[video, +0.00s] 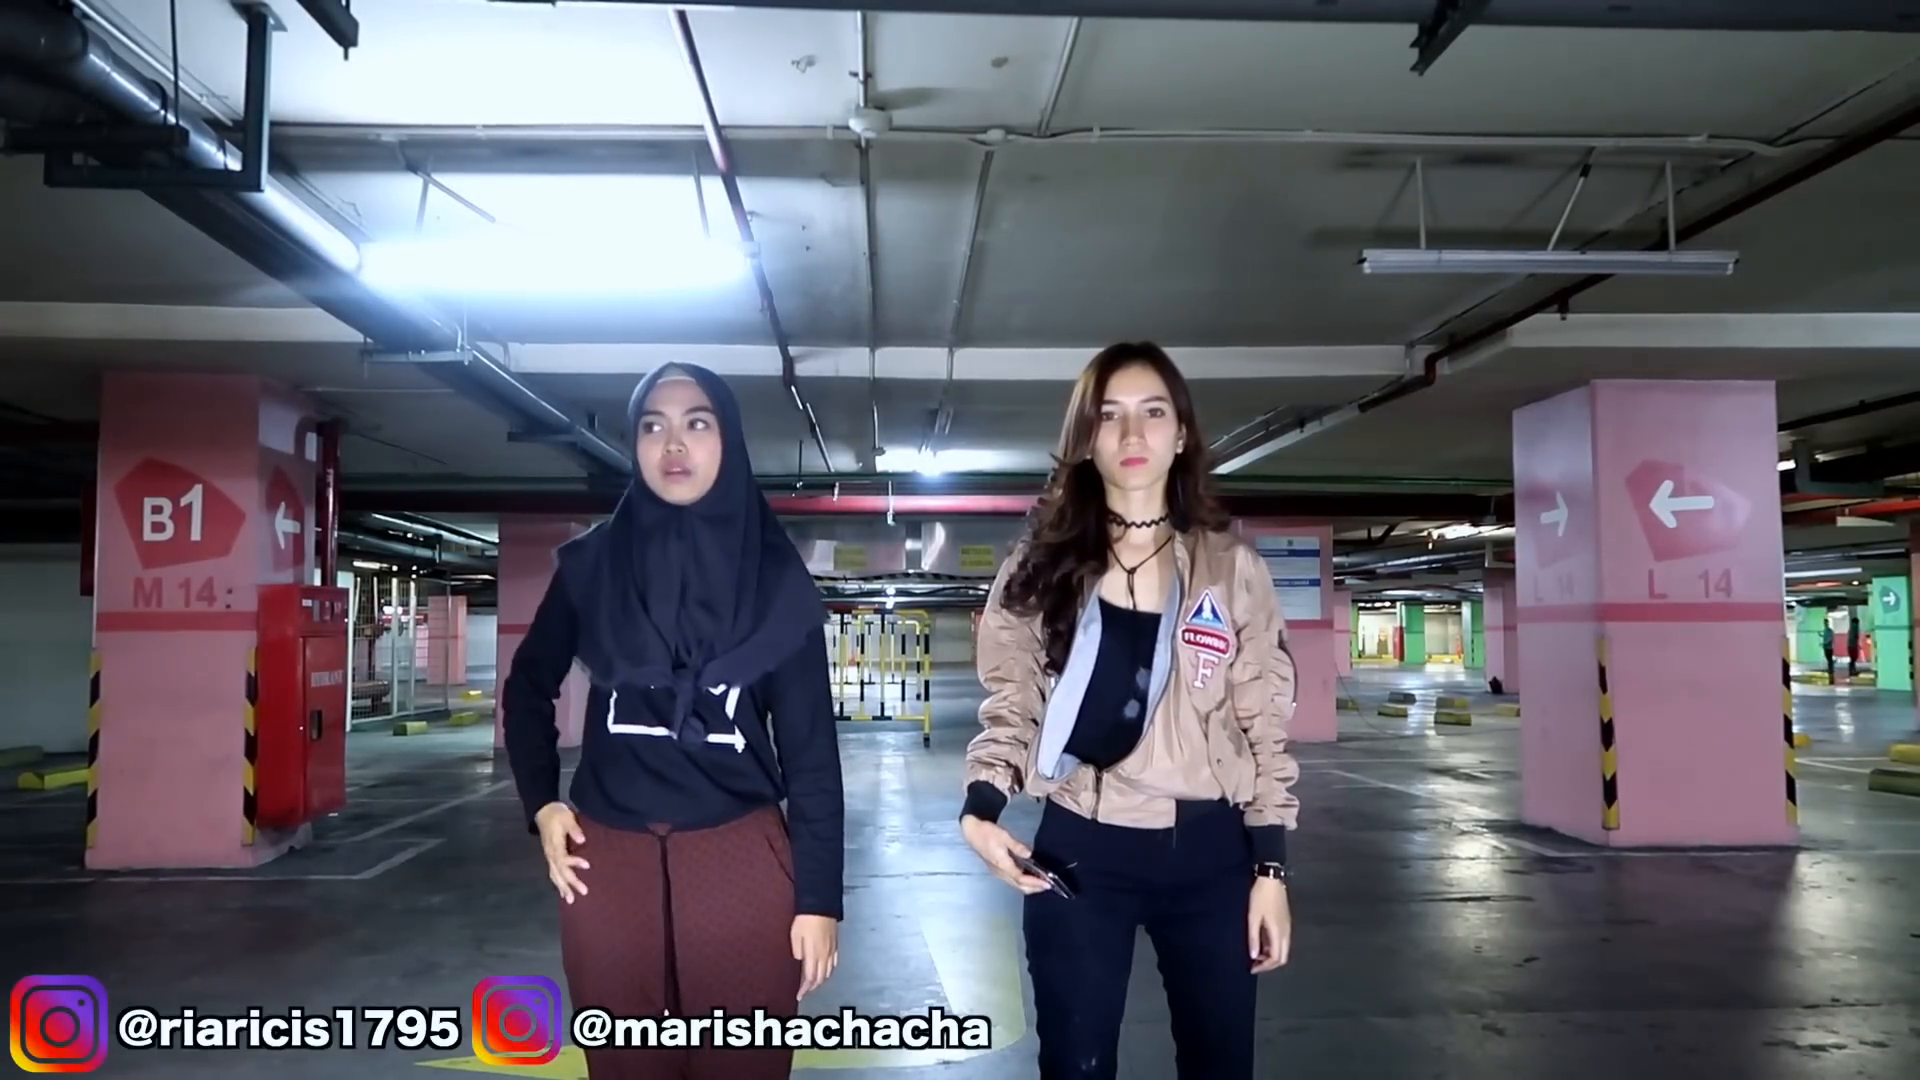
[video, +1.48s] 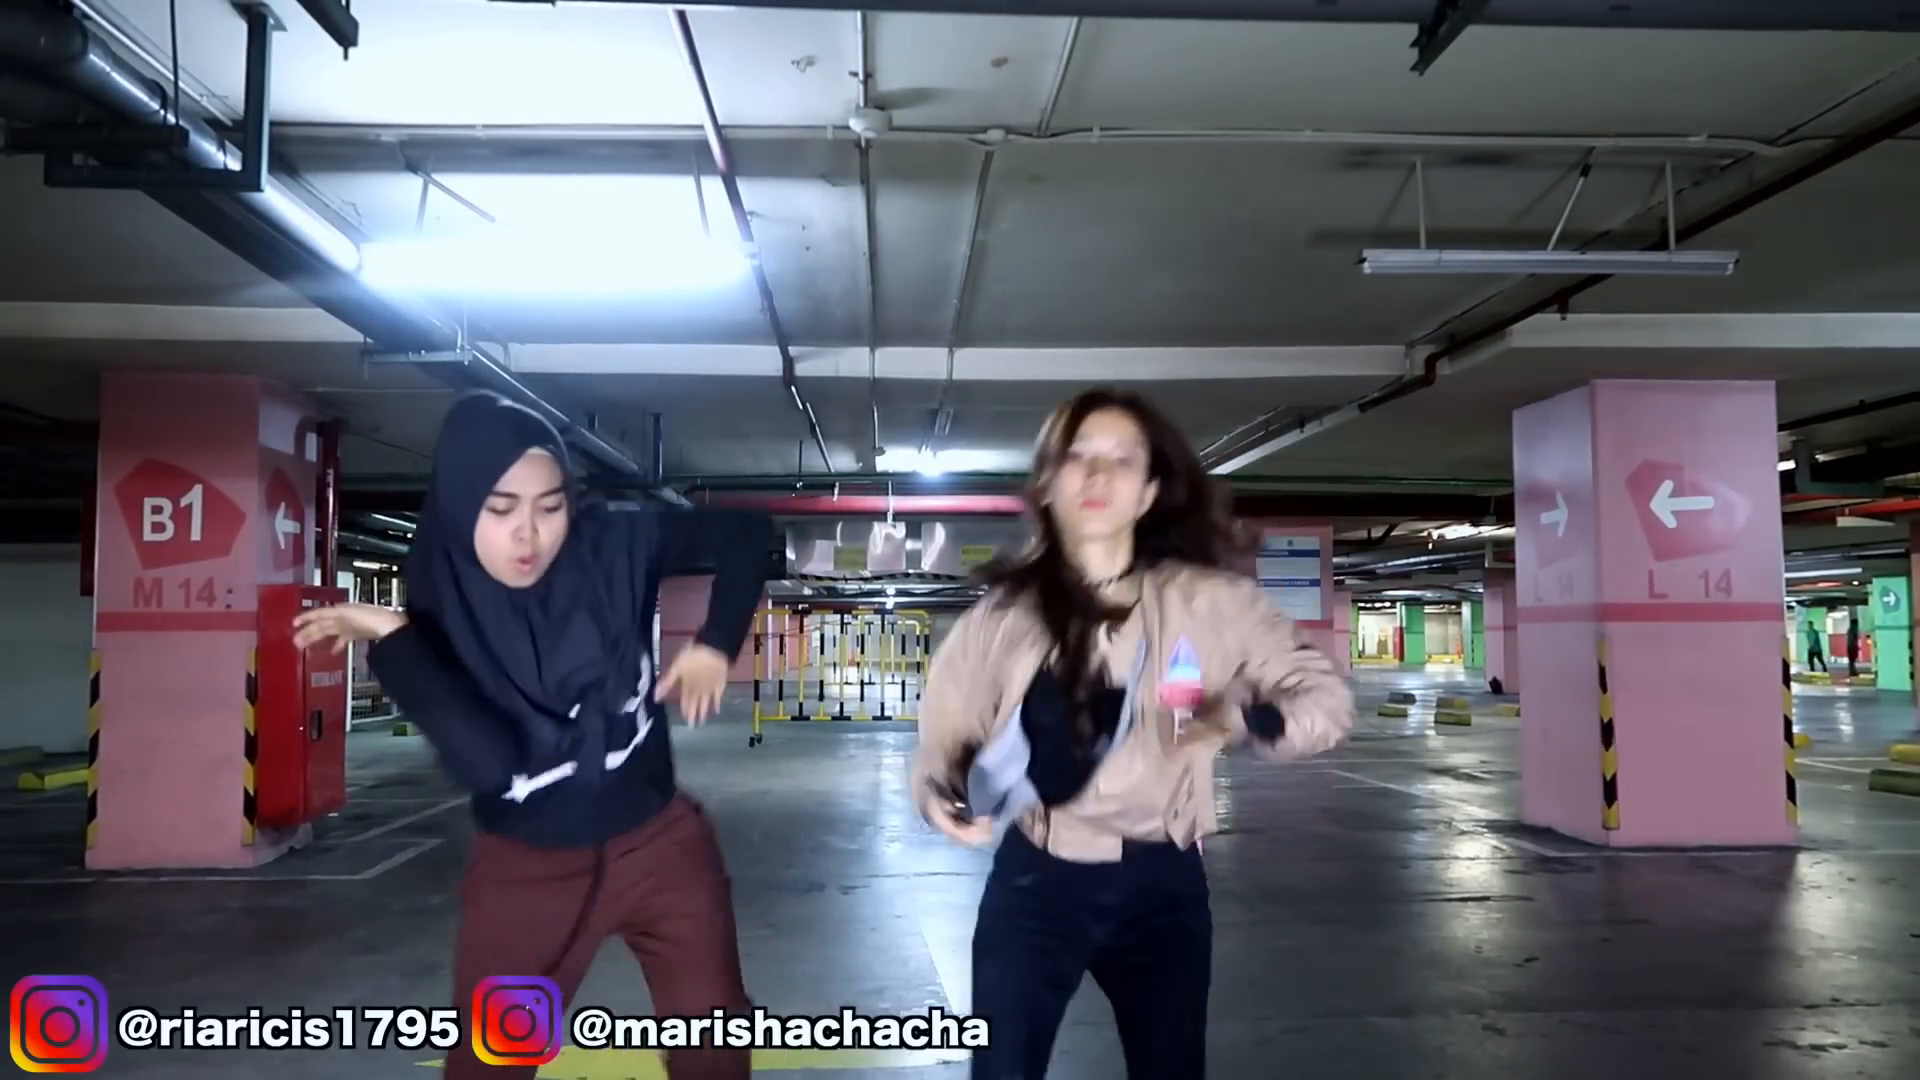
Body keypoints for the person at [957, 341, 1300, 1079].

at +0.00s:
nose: (1132, 432)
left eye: (1153, 412)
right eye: (1111, 415)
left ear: (1182, 431)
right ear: (1087, 438)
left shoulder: (1233, 565)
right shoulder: (1038, 564)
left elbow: (1263, 721)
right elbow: (1009, 703)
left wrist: (1270, 865)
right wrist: (978, 809)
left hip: (1207, 853)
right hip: (1078, 852)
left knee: (1221, 1067)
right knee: (1076, 1069)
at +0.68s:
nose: (1138, 429)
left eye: (1159, 408)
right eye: (1118, 413)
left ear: (1195, 428)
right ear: (1097, 438)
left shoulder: (1248, 562)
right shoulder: (1057, 555)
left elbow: (1343, 664)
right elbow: (976, 671)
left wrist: (1320, 784)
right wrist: (988, 788)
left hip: (1223, 854)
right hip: (1092, 856)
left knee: (1244, 1066)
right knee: (1086, 1067)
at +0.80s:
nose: (1141, 457)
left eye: (1165, 431)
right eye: (1133, 438)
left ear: (1226, 444)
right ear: (1122, 455)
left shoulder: (1281, 591)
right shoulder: (1086, 574)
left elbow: (1391, 689)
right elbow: (992, 671)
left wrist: (1341, 779)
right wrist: (979, 790)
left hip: (1236, 870)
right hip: (1106, 866)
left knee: (1258, 1069)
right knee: (1074, 1066)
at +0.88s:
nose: (1150, 489)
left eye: (1176, 465)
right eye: (1149, 470)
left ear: (1242, 485)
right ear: (1140, 485)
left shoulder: (1299, 645)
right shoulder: (1100, 598)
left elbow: (1376, 779)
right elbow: (1008, 689)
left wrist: (1307, 815)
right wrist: (992, 774)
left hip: (1233, 895)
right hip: (1105, 882)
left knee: (1270, 1070)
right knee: (1053, 1052)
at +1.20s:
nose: (1235, 454)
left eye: (1259, 438)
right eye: (1218, 436)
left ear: (1287, 464)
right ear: (1189, 458)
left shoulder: (1290, 627)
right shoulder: (1120, 559)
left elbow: (1284, 800)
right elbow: (1008, 612)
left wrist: (1257, 725)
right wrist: (934, 687)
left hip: (1180, 882)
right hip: (1060, 856)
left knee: (1180, 1069)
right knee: (965, 1060)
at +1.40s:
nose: (1146, 437)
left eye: (1171, 423)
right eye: (1126, 422)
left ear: (1203, 455)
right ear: (1099, 452)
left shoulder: (1242, 583)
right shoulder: (1058, 558)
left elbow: (1358, 715)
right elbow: (944, 610)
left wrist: (1265, 639)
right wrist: (917, 686)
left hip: (1161, 870)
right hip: (1037, 852)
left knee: (1157, 1070)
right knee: (961, 1060)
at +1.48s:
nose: (1095, 477)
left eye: (1120, 462)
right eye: (1078, 459)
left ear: (1152, 492)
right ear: (1047, 484)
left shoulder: (1213, 603)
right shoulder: (999, 619)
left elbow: (1327, 698)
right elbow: (940, 746)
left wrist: (1248, 720)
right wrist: (942, 798)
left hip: (1160, 891)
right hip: (1034, 886)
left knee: (1171, 1069)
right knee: (1001, 1067)